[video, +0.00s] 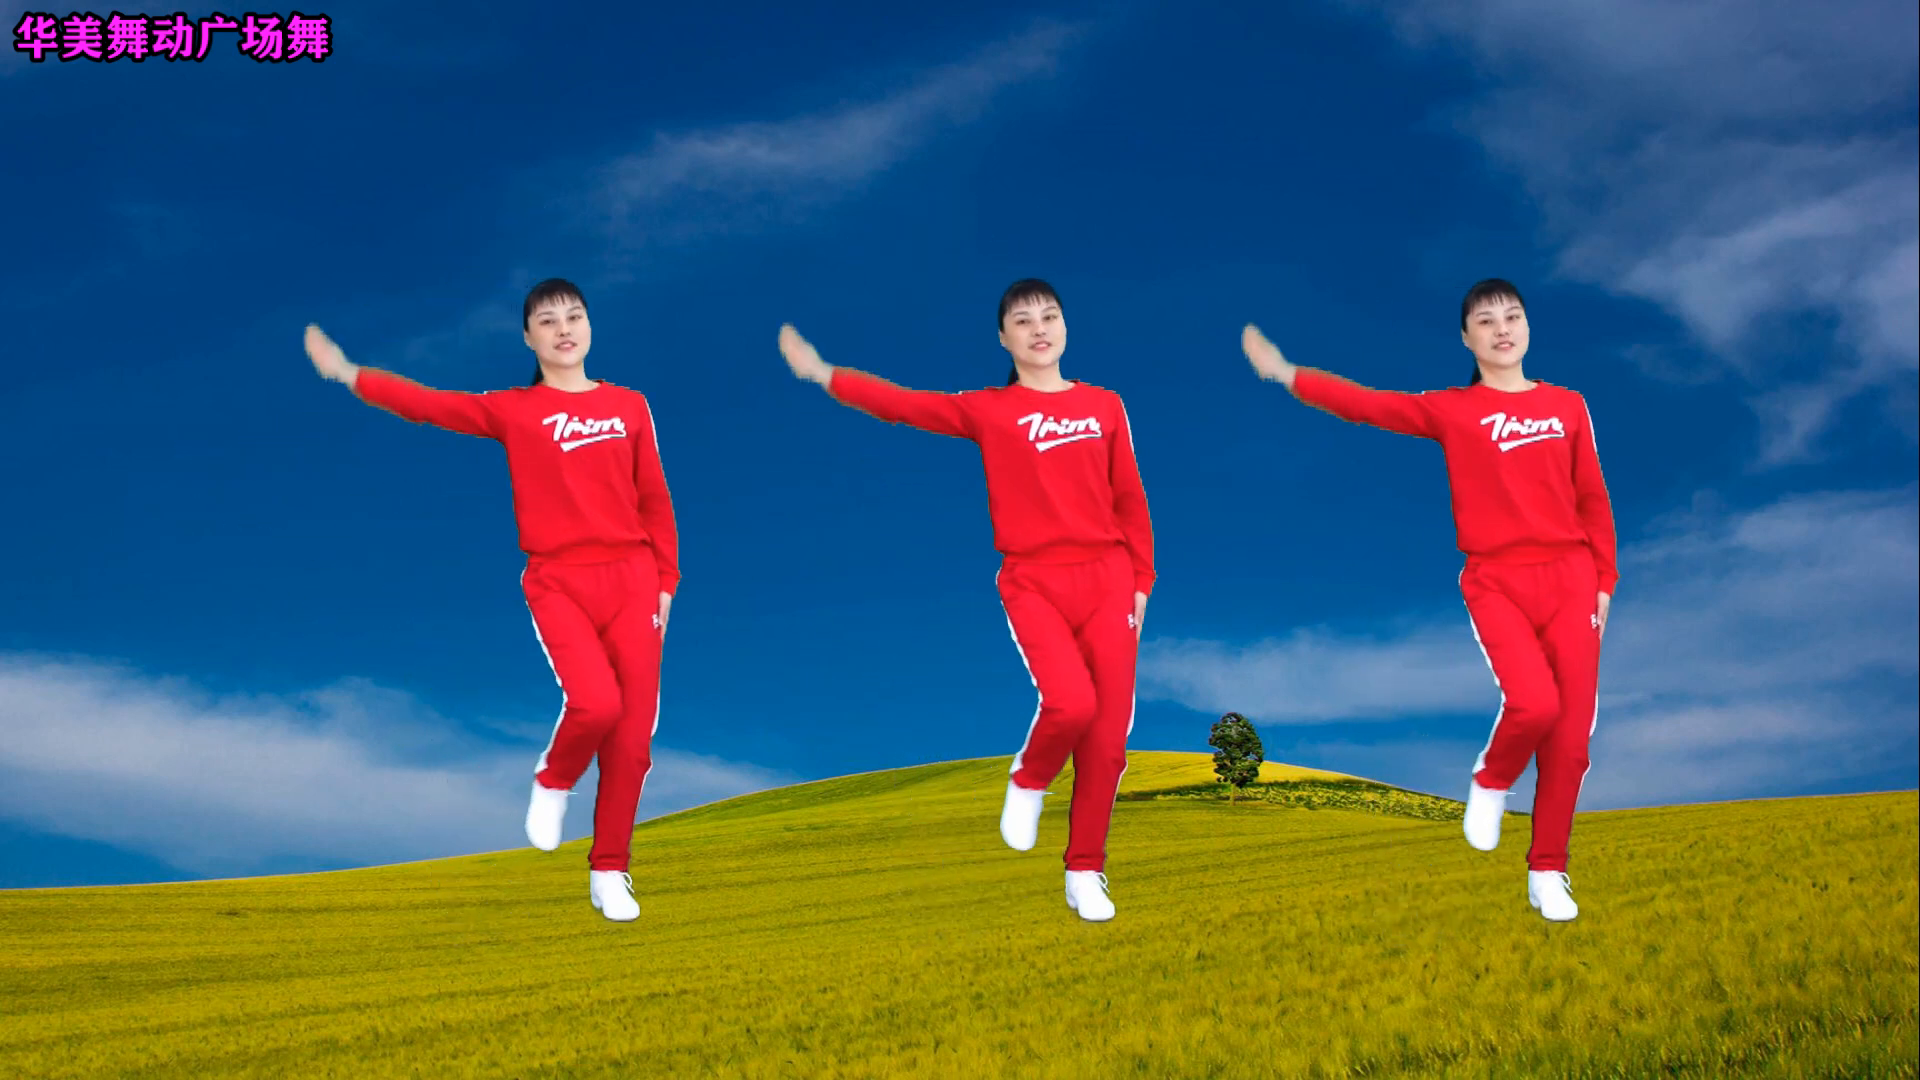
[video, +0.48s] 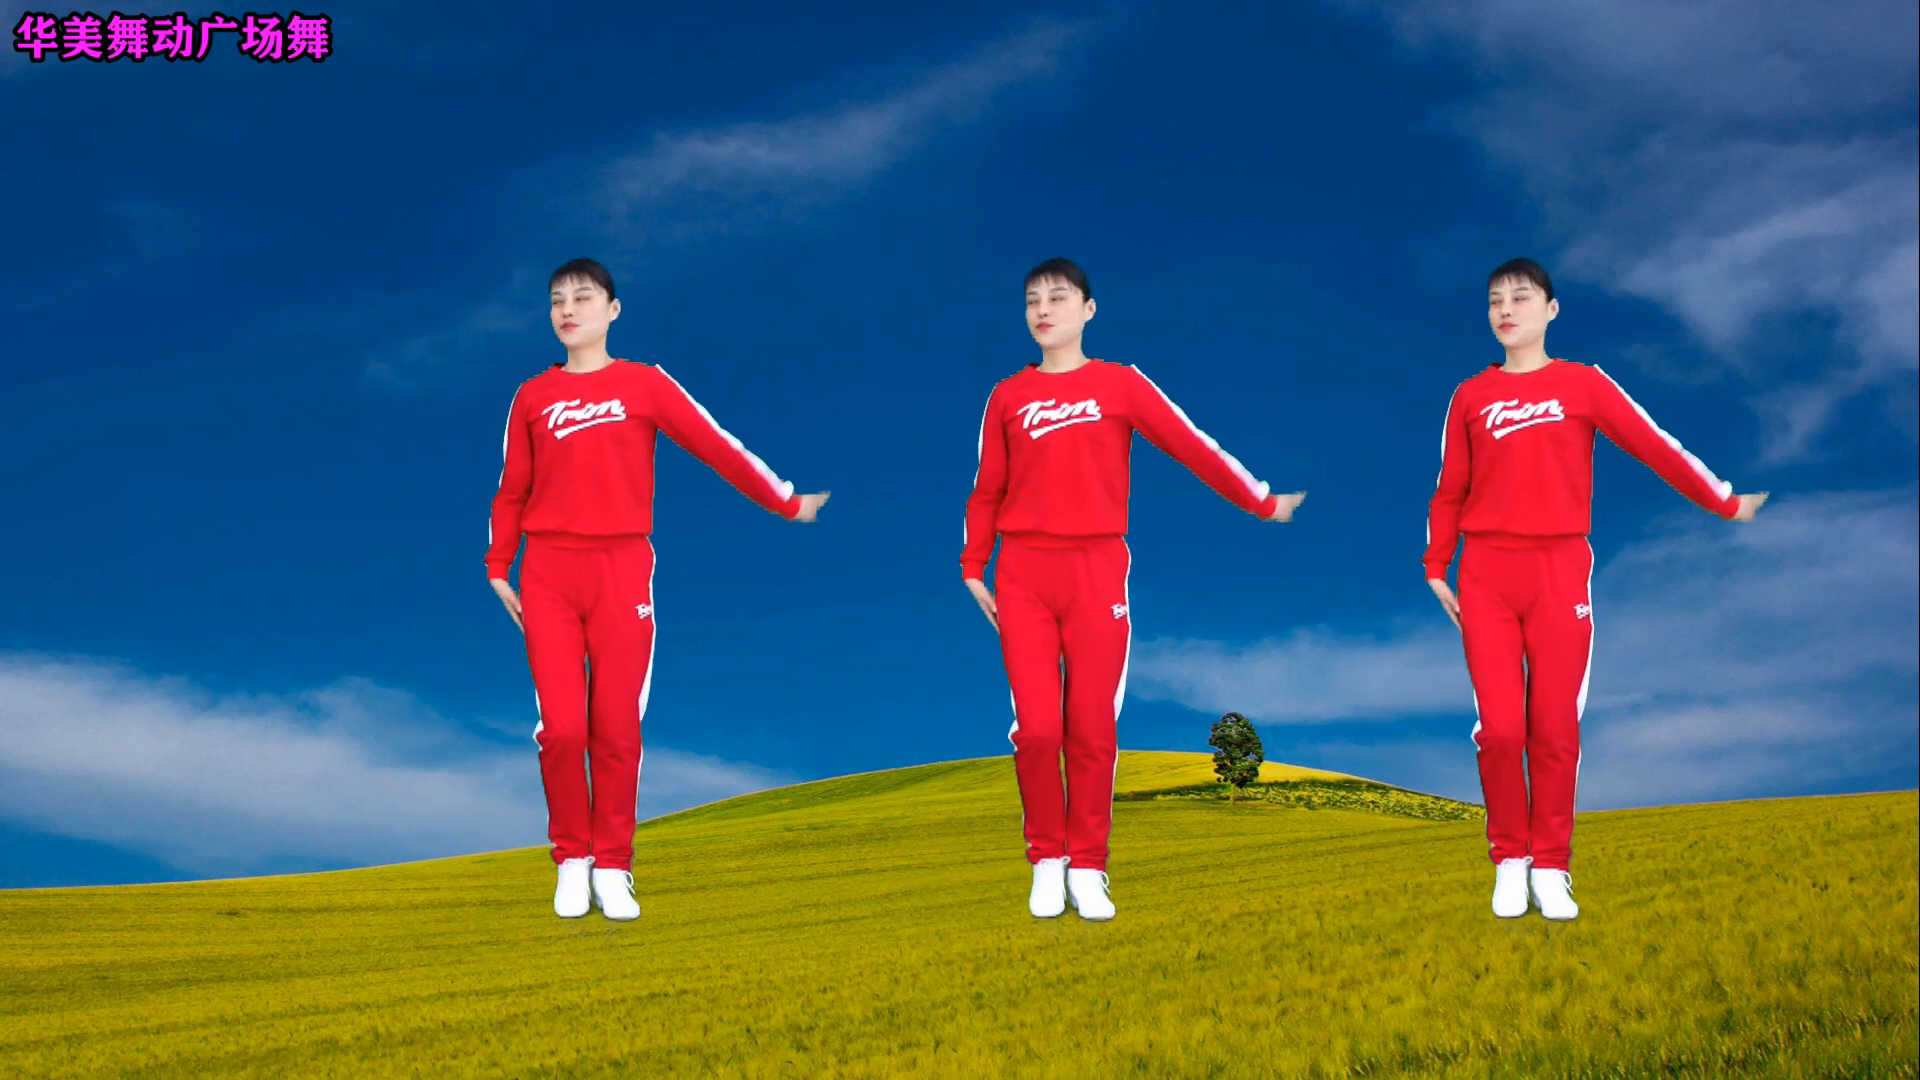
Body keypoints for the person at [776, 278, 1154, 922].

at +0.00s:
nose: (1038, 328)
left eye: (1048, 318)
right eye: (1024, 321)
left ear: (1065, 328)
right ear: (1006, 337)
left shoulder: (1104, 405)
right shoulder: (987, 407)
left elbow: (1133, 501)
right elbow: (900, 403)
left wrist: (1142, 580)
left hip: (1107, 575)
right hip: (1032, 579)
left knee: (1111, 731)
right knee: (1073, 706)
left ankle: (1085, 868)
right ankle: (1028, 784)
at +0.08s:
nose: (1044, 324)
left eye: (1054, 313)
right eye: (1029, 316)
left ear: (1071, 323)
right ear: (1012, 332)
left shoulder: (1112, 398)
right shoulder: (992, 407)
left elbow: (1141, 488)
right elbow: (910, 437)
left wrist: (1159, 568)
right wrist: (825, 458)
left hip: (1113, 570)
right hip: (1037, 575)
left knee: (1115, 726)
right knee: (1074, 706)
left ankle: (1086, 867)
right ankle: (1049, 791)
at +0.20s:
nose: (1048, 305)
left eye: (1060, 294)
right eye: (1035, 297)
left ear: (1079, 305)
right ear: (1019, 313)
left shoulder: (1116, 374)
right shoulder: (1002, 390)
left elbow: (1166, 451)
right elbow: (954, 467)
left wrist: (1205, 524)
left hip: (1112, 559)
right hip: (1036, 563)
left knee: (1107, 719)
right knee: (1059, 716)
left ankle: (1094, 863)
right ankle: (1054, 826)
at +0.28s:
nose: (1052, 303)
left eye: (1064, 292)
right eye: (1038, 295)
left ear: (1083, 304)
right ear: (1023, 310)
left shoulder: (1120, 371)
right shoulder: (1005, 390)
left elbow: (1185, 437)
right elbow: (982, 480)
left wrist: (1245, 502)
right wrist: (955, 561)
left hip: (1108, 560)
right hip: (1032, 563)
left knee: (1102, 723)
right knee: (1047, 722)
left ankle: (1094, 865)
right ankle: (1051, 852)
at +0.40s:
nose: (1053, 309)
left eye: (1065, 298)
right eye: (1041, 301)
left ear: (1088, 310)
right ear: (1029, 317)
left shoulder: (1124, 381)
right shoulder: (1008, 398)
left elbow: (1200, 435)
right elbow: (993, 494)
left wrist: (1278, 481)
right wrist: (986, 573)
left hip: (1100, 568)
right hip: (1021, 568)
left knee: (1095, 732)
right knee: (1041, 732)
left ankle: (1089, 869)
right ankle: (1048, 866)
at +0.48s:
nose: (1043, 310)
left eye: (1056, 298)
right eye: (1034, 303)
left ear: (1088, 309)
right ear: (1026, 319)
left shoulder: (1121, 382)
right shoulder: (1007, 396)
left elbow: (1193, 445)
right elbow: (987, 488)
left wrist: (1262, 501)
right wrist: (973, 565)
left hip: (1097, 568)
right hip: (1021, 568)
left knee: (1092, 724)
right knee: (1036, 725)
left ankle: (1088, 866)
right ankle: (1046, 858)